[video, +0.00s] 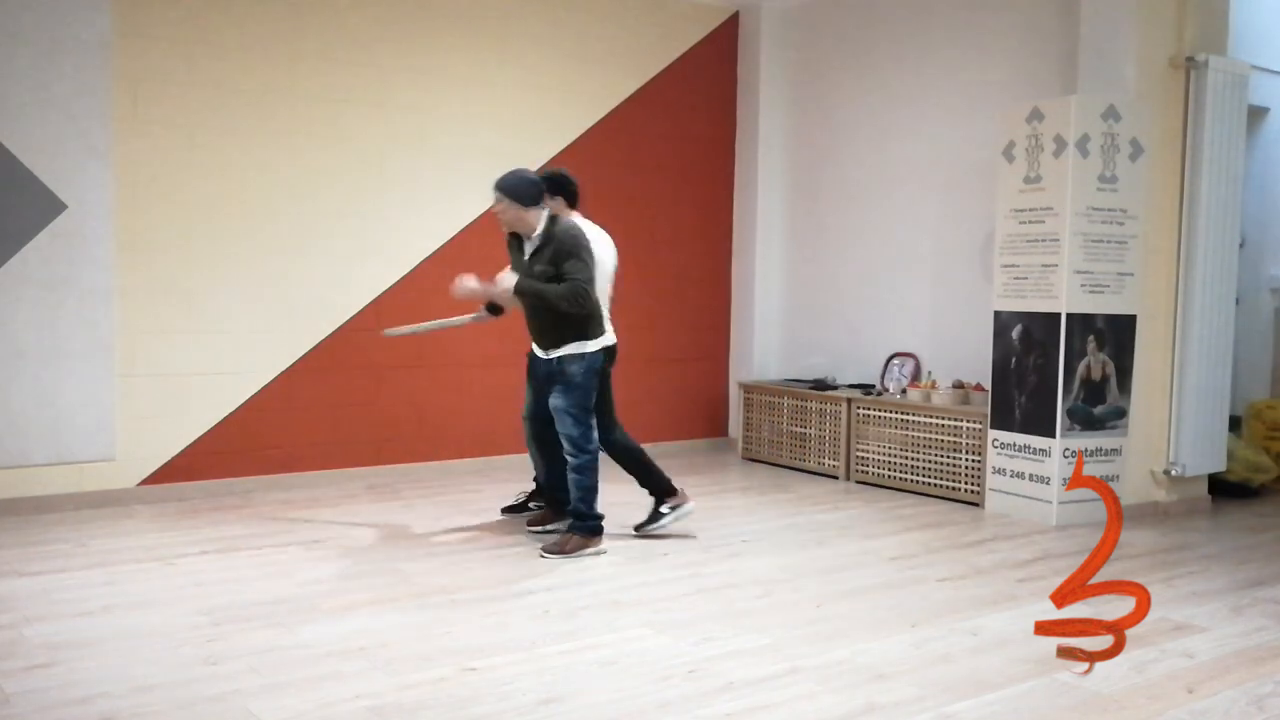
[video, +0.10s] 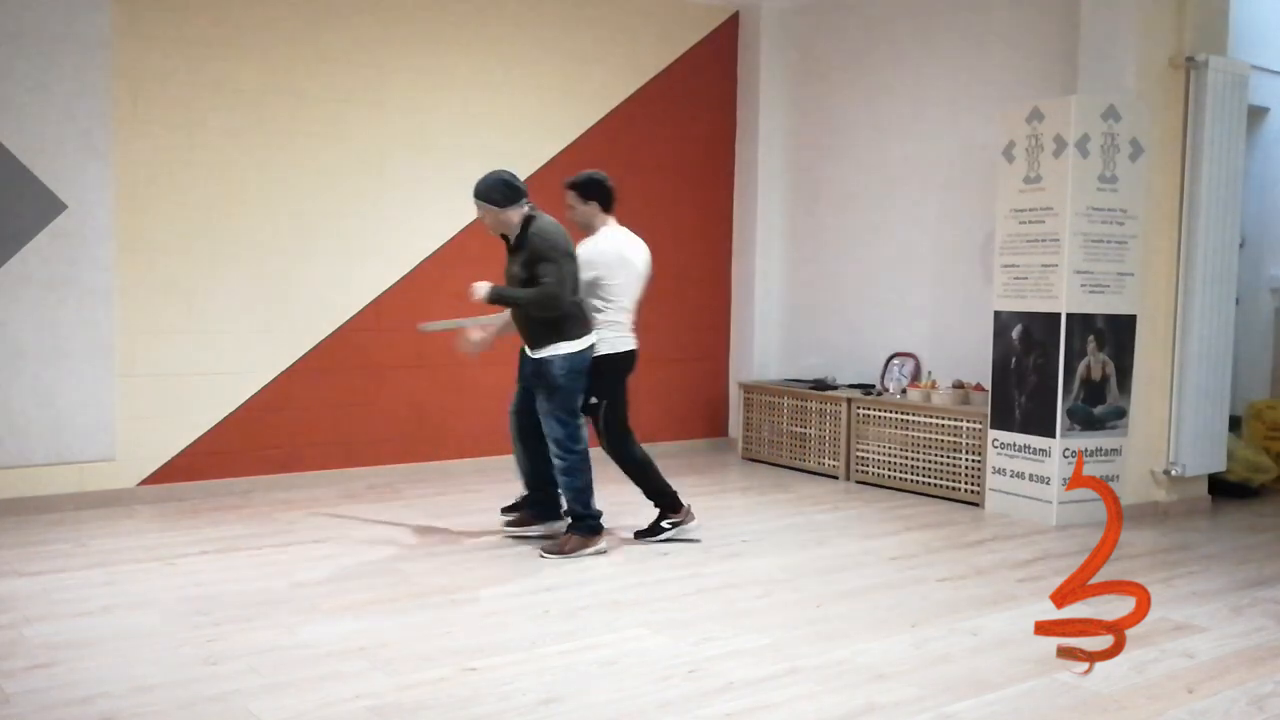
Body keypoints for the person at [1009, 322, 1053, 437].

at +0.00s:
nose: (1016, 343)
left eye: (1018, 340)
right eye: (1014, 340)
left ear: (1026, 338)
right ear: (1014, 339)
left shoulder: (1037, 353)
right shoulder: (1018, 355)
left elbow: (1036, 377)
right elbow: (1014, 376)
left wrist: (1026, 396)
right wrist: (1017, 396)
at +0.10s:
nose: (1016, 343)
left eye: (1018, 340)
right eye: (1014, 340)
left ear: (1026, 338)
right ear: (1014, 340)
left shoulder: (1038, 354)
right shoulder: (1017, 356)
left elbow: (1036, 377)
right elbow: (1014, 377)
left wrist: (1026, 396)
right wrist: (1017, 396)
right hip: (1021, 399)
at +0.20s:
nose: (1016, 343)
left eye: (1018, 340)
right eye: (1014, 340)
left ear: (1026, 338)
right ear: (1014, 340)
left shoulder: (1037, 353)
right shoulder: (1017, 356)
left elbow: (1036, 377)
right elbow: (1014, 377)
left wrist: (1026, 396)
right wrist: (1017, 396)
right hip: (1021, 399)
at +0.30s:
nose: (1016, 343)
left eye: (1018, 340)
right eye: (1014, 340)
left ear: (1026, 338)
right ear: (1014, 340)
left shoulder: (1037, 353)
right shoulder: (1017, 356)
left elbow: (1036, 376)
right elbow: (1014, 378)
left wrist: (1026, 396)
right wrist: (1017, 397)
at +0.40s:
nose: (1016, 343)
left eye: (1018, 340)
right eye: (1015, 340)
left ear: (1026, 338)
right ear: (1014, 339)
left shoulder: (1037, 353)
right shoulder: (1018, 355)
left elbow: (1036, 376)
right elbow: (1014, 377)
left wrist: (1026, 396)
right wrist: (1017, 397)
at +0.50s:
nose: (1016, 343)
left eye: (1018, 340)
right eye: (1015, 340)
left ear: (1026, 338)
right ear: (1014, 339)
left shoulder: (1037, 353)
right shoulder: (1018, 355)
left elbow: (1036, 376)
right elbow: (1014, 377)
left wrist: (1026, 396)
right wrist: (1017, 396)